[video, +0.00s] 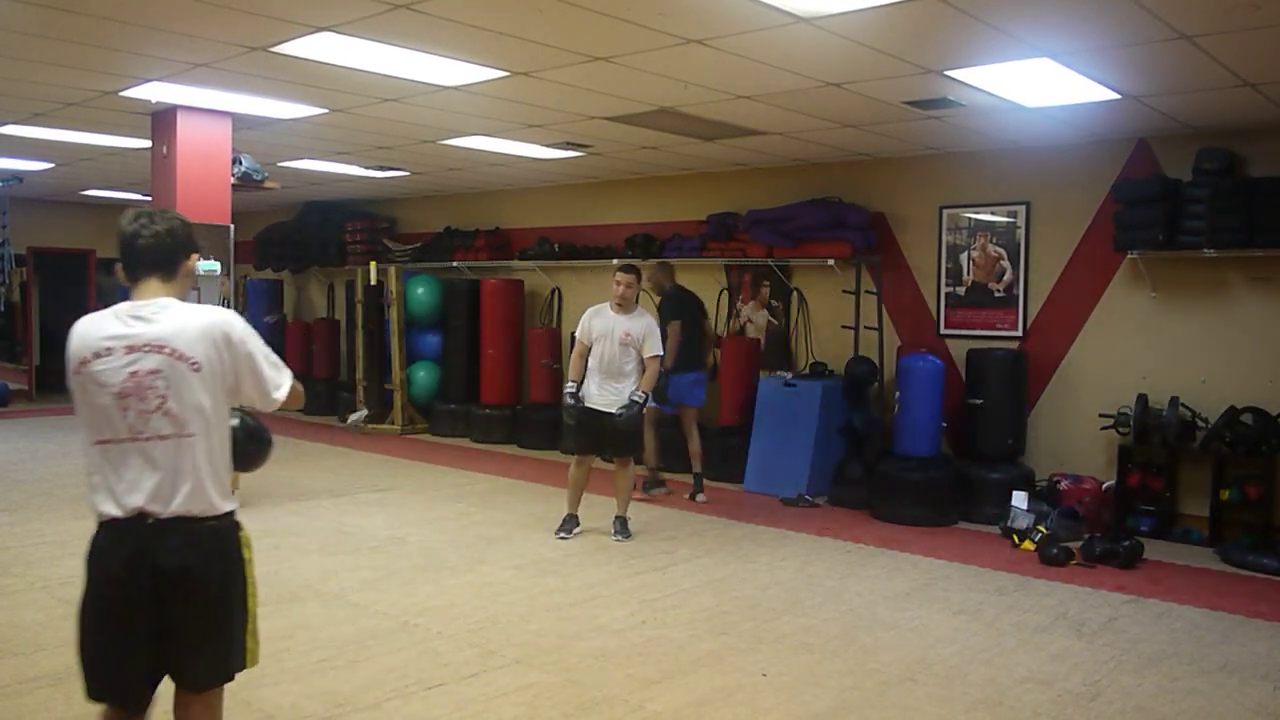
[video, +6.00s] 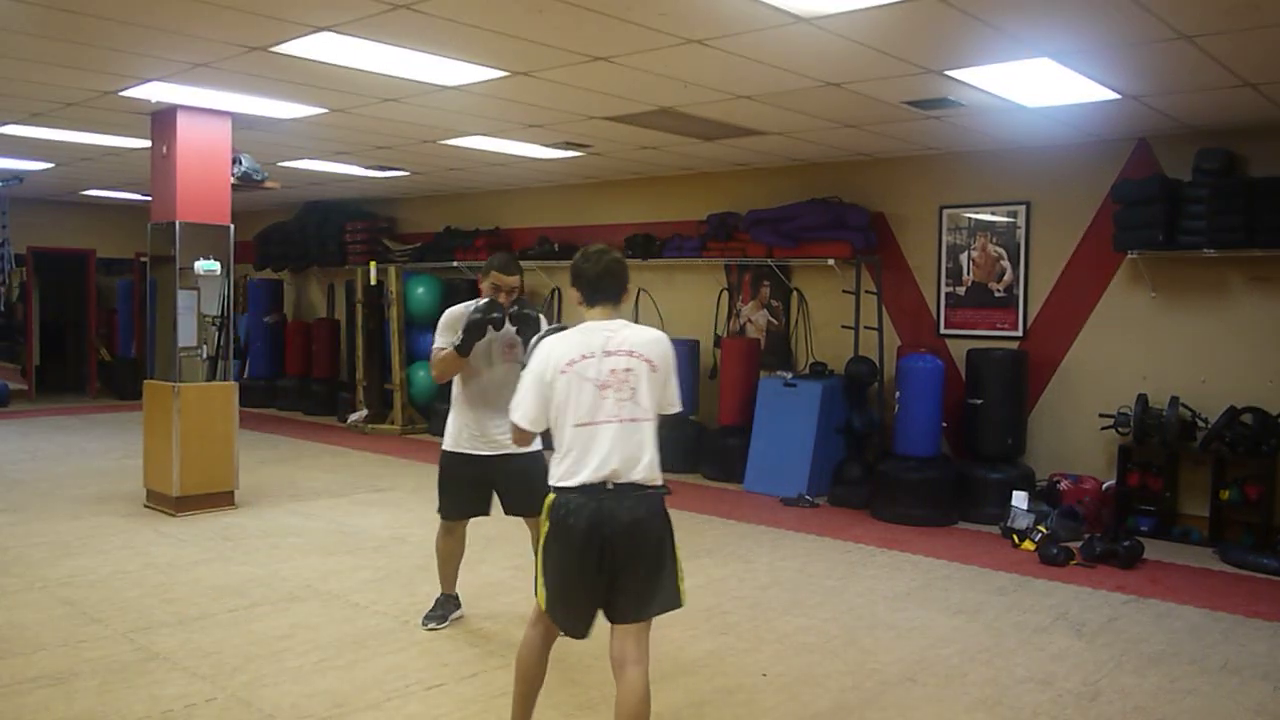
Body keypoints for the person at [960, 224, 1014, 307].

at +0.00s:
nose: (982, 241)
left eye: (986, 237)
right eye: (979, 236)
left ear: (990, 237)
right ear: (976, 237)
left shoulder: (999, 253)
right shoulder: (971, 252)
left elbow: (1009, 272)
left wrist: (1000, 286)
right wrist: (967, 278)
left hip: (989, 287)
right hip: (974, 286)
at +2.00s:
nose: (982, 241)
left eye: (985, 237)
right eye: (979, 237)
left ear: (990, 237)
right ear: (976, 237)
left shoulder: (999, 252)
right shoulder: (971, 252)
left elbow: (1009, 272)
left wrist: (1000, 286)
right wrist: (965, 278)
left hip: (990, 288)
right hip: (975, 287)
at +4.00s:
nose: (983, 241)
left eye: (985, 237)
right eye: (979, 237)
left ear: (990, 237)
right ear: (975, 237)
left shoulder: (998, 252)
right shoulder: (971, 253)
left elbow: (1009, 272)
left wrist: (1000, 286)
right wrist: (966, 279)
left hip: (992, 288)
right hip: (975, 287)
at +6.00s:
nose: (983, 241)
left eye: (985, 237)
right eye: (979, 237)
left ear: (990, 237)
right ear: (975, 237)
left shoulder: (998, 252)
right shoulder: (971, 253)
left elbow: (1009, 272)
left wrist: (1000, 286)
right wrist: (966, 279)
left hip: (992, 288)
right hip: (975, 287)